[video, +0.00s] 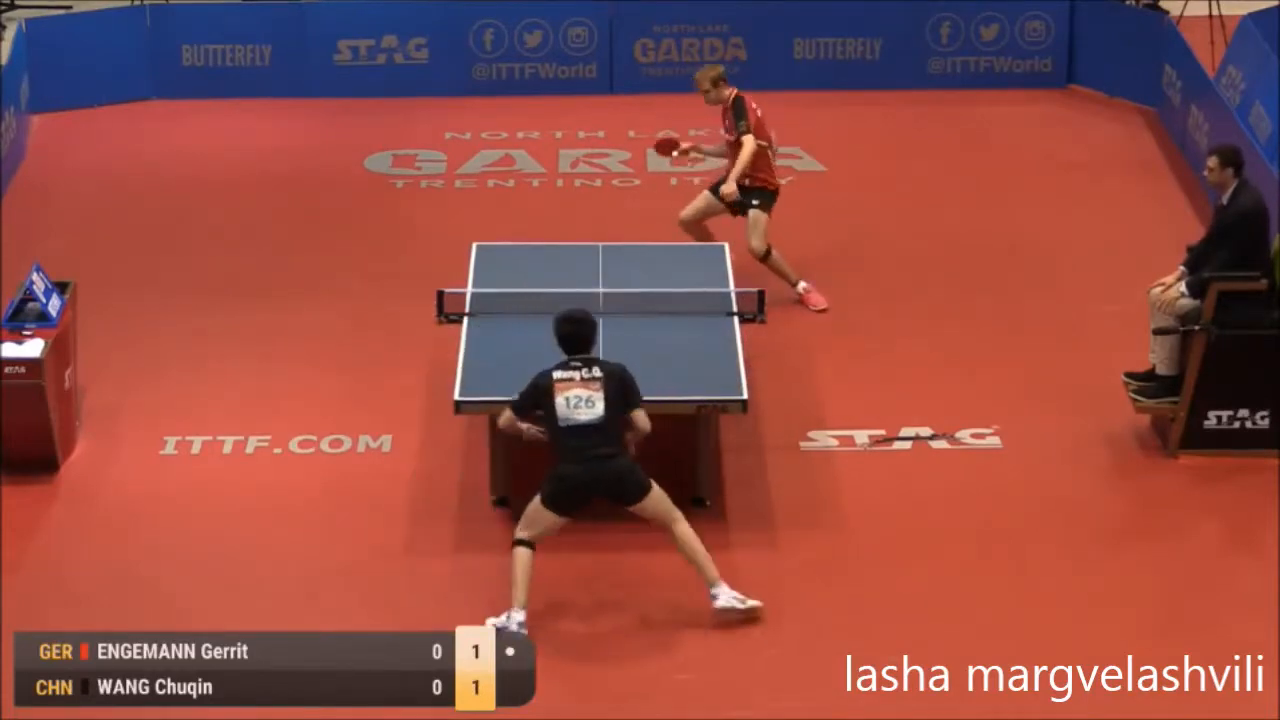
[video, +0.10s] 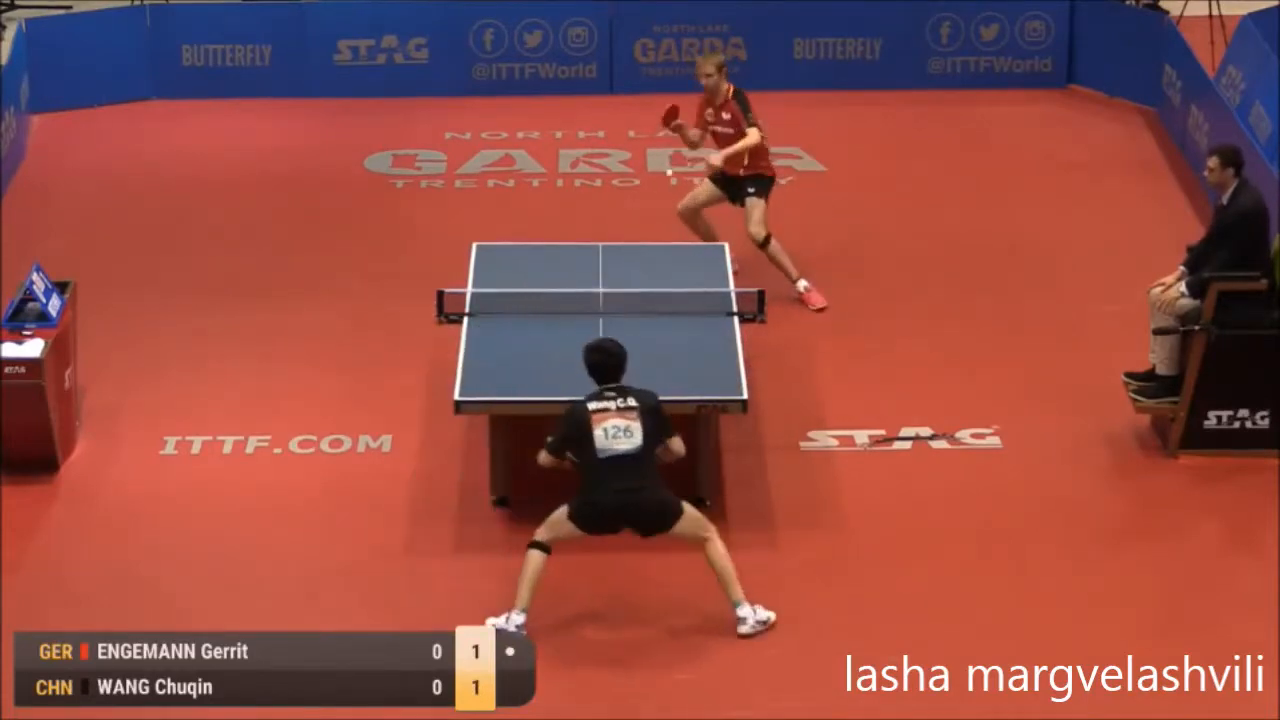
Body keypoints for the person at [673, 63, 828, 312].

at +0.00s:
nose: (704, 99)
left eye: (706, 93)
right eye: (702, 93)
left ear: (721, 86)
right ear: (719, 88)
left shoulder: (740, 104)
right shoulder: (729, 107)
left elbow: (749, 144)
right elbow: (730, 149)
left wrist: (732, 179)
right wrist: (697, 149)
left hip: (761, 184)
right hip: (738, 180)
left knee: (757, 247)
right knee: (688, 219)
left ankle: (801, 287)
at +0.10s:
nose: (704, 82)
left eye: (708, 76)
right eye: (701, 77)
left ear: (722, 75)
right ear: (699, 78)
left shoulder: (737, 99)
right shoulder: (706, 103)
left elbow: (755, 137)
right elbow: (695, 142)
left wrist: (722, 155)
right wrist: (680, 129)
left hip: (756, 174)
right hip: (730, 174)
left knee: (757, 232)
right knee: (686, 209)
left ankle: (801, 285)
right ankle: (721, 259)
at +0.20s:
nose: (704, 70)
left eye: (709, 65)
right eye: (700, 65)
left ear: (721, 65)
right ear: (696, 65)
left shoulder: (733, 91)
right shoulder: (694, 92)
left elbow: (757, 126)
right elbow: (679, 126)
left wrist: (724, 133)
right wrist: (670, 117)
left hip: (749, 160)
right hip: (720, 161)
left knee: (763, 216)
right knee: (686, 206)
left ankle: (793, 274)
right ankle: (720, 254)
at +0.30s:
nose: (703, 60)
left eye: (708, 54)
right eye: (700, 54)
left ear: (718, 54)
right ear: (694, 54)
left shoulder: (732, 78)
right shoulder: (689, 79)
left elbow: (757, 114)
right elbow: (669, 104)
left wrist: (724, 121)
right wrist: (657, 108)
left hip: (735, 140)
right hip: (703, 141)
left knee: (746, 197)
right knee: (678, 191)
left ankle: (774, 248)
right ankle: (712, 239)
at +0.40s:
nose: (702, 56)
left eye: (707, 51)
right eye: (698, 50)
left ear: (716, 51)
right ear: (693, 50)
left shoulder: (732, 75)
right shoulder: (685, 75)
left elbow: (755, 110)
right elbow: (668, 101)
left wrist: (729, 123)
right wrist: (652, 111)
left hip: (728, 142)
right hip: (695, 138)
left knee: (742, 201)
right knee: (665, 188)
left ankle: (767, 231)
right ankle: (696, 227)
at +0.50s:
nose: (695, 58)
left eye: (701, 53)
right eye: (692, 52)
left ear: (710, 54)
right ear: (687, 52)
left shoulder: (724, 79)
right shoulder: (677, 79)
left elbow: (742, 103)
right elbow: (660, 108)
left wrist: (740, 136)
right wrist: (642, 127)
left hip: (715, 148)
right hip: (681, 147)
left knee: (736, 207)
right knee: (654, 201)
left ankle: (760, 236)